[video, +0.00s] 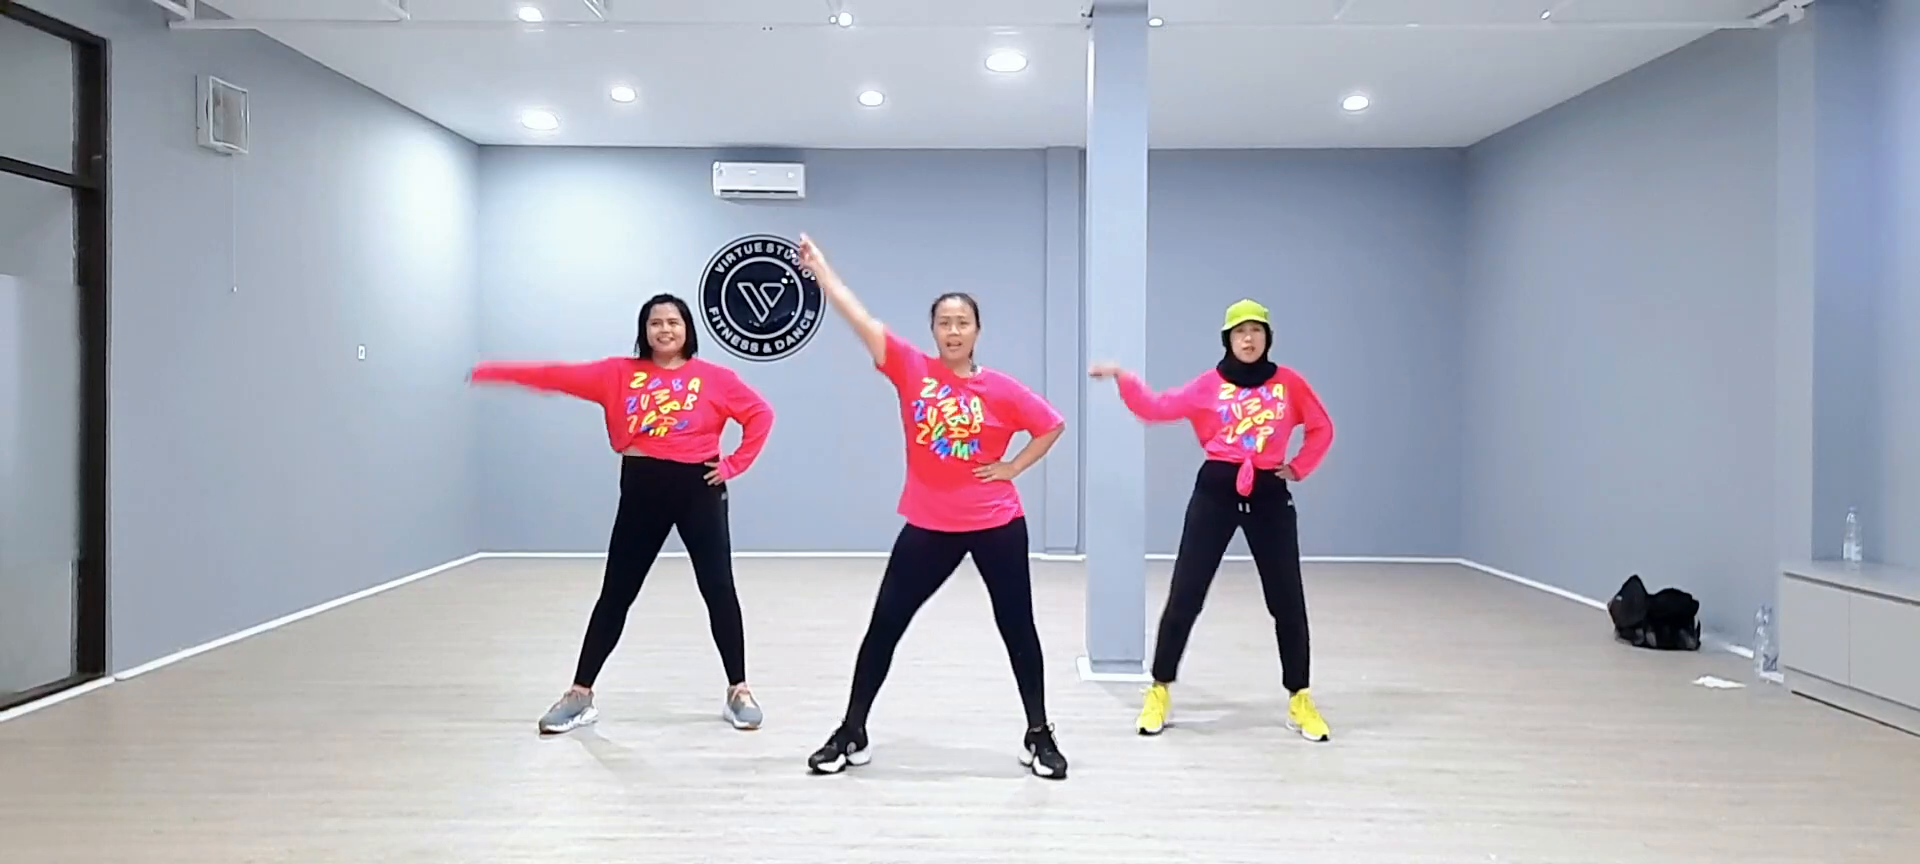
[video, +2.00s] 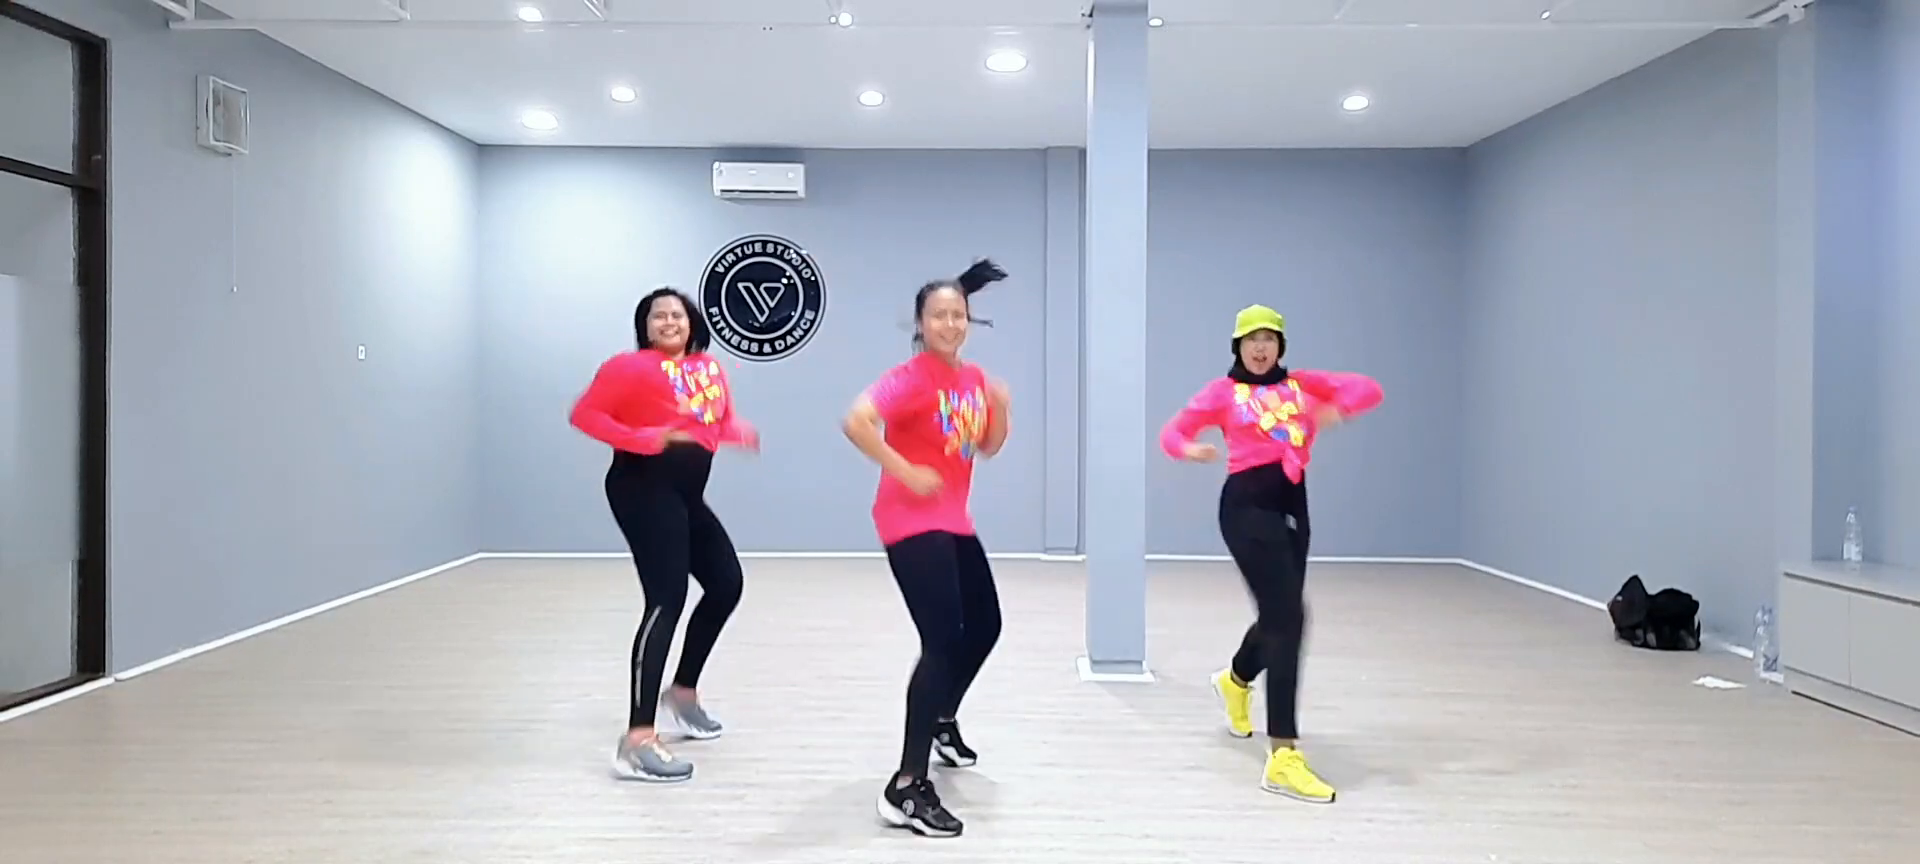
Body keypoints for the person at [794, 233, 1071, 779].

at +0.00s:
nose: (953, 330)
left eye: (962, 322)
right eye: (944, 323)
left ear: (977, 331)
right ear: (932, 331)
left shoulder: (1000, 389)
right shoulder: (912, 370)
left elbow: (1052, 426)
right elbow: (862, 322)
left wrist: (1015, 467)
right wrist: (821, 270)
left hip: (995, 524)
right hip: (930, 525)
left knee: (1018, 627)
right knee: (884, 626)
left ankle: (1039, 734)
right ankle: (853, 731)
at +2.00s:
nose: (952, 323)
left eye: (959, 314)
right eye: (941, 314)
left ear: (969, 323)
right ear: (921, 323)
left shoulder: (973, 381)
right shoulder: (910, 376)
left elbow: (988, 448)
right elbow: (856, 420)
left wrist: (999, 408)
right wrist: (905, 470)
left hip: (956, 521)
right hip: (913, 523)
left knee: (984, 626)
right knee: (944, 642)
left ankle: (942, 717)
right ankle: (907, 782)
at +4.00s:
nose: (886, 306)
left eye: (896, 299)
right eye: (877, 298)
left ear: (909, 309)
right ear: (861, 306)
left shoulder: (927, 362)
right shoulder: (842, 342)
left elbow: (977, 401)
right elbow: (821, 274)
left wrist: (940, 443)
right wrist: (828, 210)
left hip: (920, 500)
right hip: (858, 499)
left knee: (948, 608)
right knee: (808, 600)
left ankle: (982, 723)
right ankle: (788, 715)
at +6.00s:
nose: (853, 309)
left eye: (859, 300)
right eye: (856, 299)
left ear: (880, 306)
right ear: (899, 308)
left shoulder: (858, 358)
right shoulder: (934, 360)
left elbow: (835, 429)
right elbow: (961, 423)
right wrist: (922, 450)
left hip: (866, 512)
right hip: (923, 511)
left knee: (845, 625)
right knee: (900, 599)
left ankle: (854, 748)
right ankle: (938, 713)